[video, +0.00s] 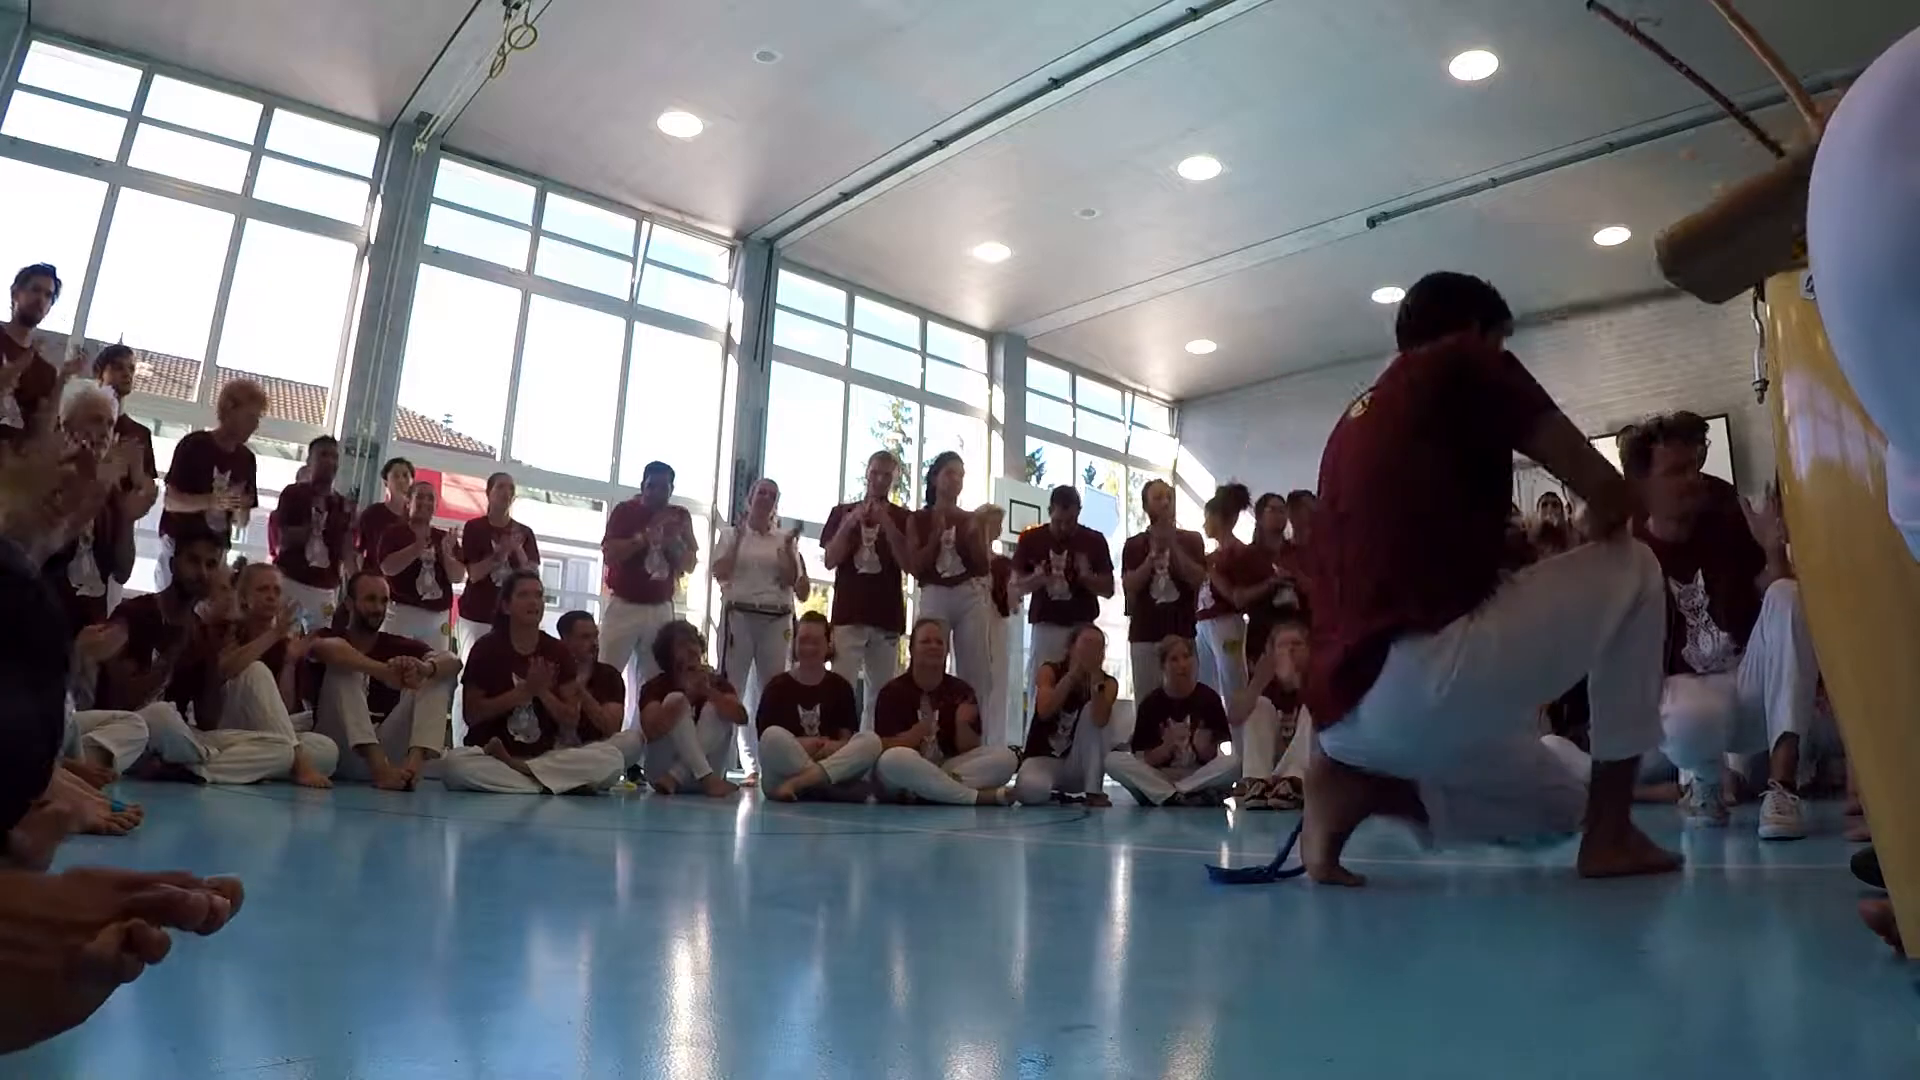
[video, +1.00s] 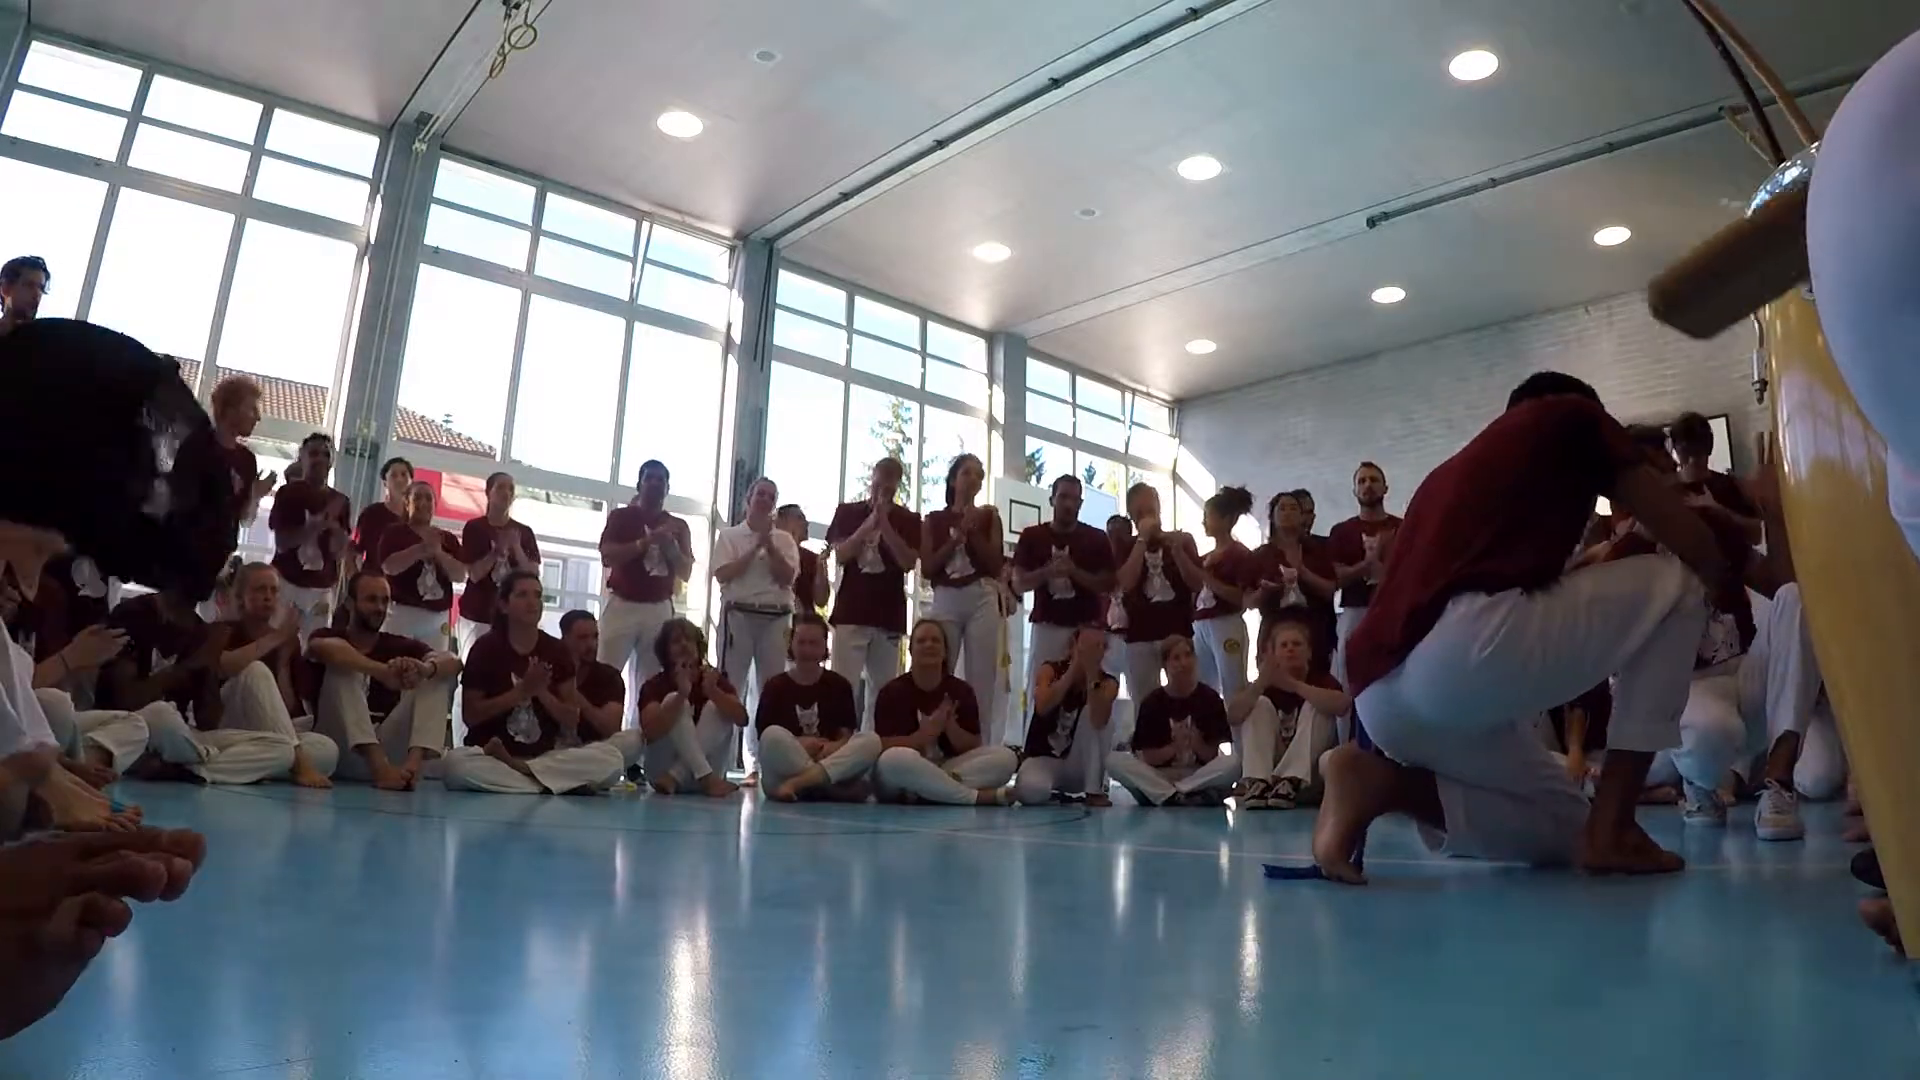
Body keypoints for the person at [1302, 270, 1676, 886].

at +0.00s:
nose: (1501, 354)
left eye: (1503, 343)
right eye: (1498, 341)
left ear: (1409, 338)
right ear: (1471, 335)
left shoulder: (1363, 412)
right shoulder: (1469, 364)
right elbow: (1608, 491)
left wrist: (1534, 556)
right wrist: (1608, 525)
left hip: (1343, 714)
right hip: (1420, 679)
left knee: (1569, 801)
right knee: (1632, 569)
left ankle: (1359, 793)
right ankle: (1610, 829)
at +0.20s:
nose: (1546, 349)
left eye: (1548, 341)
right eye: (1545, 341)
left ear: (1455, 351)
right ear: (1528, 338)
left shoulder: (1407, 416)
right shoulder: (1533, 369)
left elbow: (1370, 560)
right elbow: (1652, 502)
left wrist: (1530, 569)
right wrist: (1640, 538)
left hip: (1366, 714)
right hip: (1451, 682)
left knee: (1576, 822)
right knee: (1656, 579)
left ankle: (1372, 789)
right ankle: (1611, 831)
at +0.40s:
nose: (1592, 372)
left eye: (1592, 365)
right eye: (1590, 364)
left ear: (1501, 366)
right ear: (1576, 361)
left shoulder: (1449, 429)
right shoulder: (1577, 387)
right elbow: (1689, 540)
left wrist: (1600, 572)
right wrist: (1696, 508)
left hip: (1384, 711)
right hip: (1464, 668)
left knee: (1574, 826)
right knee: (1669, 584)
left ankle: (1380, 787)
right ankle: (1613, 830)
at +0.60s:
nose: (1615, 401)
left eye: (1613, 392)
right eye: (1610, 389)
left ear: (1523, 385)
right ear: (1594, 379)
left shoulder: (1474, 445)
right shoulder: (1587, 393)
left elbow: (1532, 587)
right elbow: (1694, 520)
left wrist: (1617, 556)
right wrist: (1710, 585)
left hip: (1390, 699)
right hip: (1468, 654)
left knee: (1572, 827)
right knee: (1681, 588)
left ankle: (1383, 785)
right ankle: (1615, 830)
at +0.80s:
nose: (1621, 425)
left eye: (1613, 413)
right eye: (1613, 410)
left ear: (1529, 401)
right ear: (1594, 396)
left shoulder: (1470, 466)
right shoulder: (1583, 406)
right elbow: (1693, 523)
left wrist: (1603, 562)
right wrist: (1734, 580)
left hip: (1386, 701)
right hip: (1462, 647)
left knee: (1571, 826)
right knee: (1679, 585)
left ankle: (1382, 784)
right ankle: (1614, 831)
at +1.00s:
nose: (1607, 434)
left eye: (1602, 425)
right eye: (1598, 420)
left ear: (1515, 411)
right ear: (1579, 407)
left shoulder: (1453, 473)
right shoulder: (1571, 415)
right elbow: (1701, 545)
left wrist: (1607, 557)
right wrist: (1722, 586)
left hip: (1381, 702)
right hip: (1458, 645)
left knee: (1573, 827)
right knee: (1673, 585)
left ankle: (1383, 785)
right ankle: (1613, 828)